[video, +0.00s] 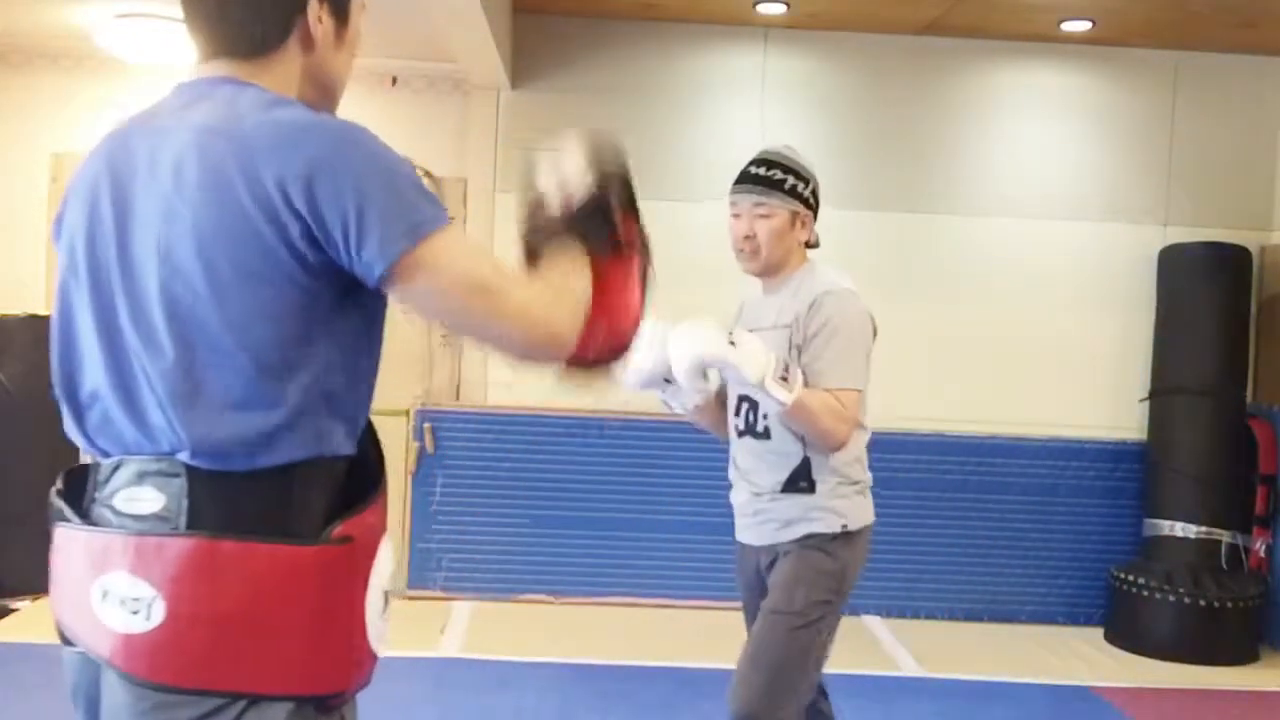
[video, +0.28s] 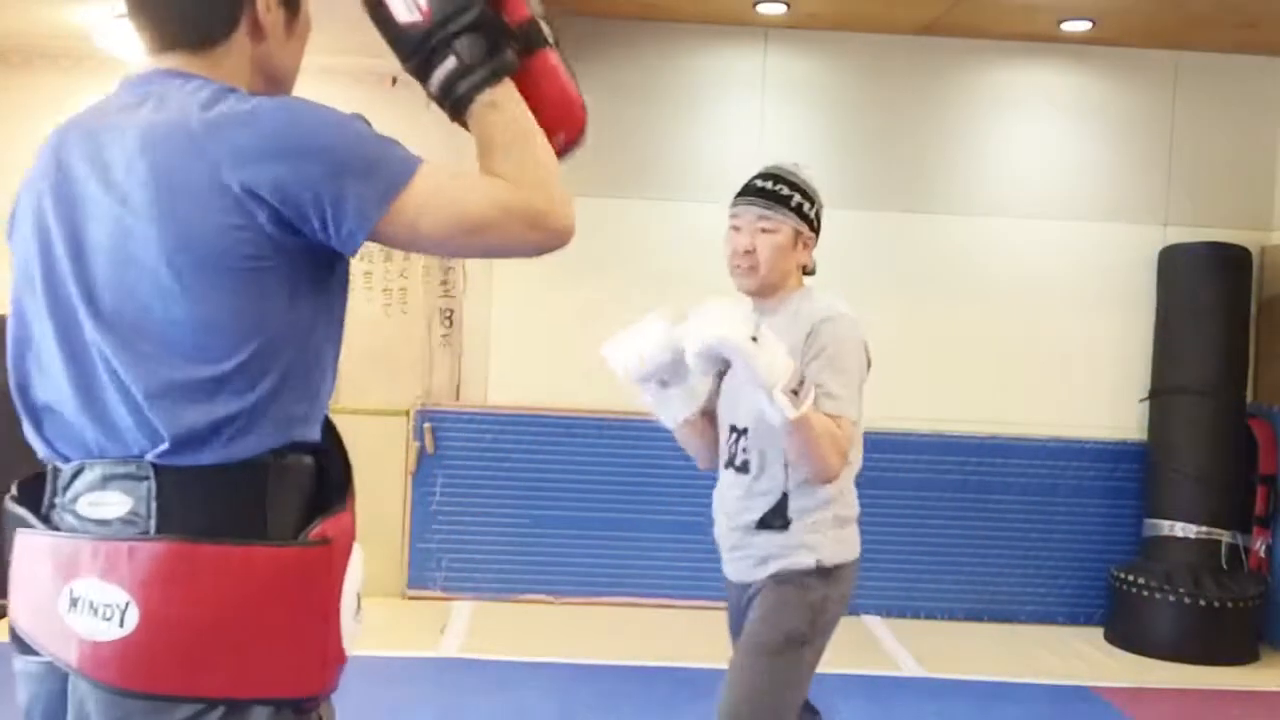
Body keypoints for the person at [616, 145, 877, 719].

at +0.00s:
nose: (745, 230)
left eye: (763, 215)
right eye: (737, 215)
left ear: (804, 226)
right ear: (728, 222)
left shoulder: (835, 305)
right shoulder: (749, 307)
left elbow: (836, 433)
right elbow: (737, 425)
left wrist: (767, 375)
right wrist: (677, 385)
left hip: (822, 531)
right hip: (754, 531)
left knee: (757, 702)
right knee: (795, 696)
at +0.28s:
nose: (744, 245)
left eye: (765, 231)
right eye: (736, 229)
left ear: (804, 246)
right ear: (725, 236)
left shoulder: (832, 330)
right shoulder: (730, 324)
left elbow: (826, 464)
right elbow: (709, 453)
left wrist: (779, 379)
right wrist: (666, 386)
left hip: (807, 561)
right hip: (744, 560)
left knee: (744, 710)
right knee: (779, 704)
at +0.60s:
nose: (724, 199)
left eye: (745, 183)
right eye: (714, 183)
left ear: (795, 196)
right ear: (701, 189)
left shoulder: (829, 289)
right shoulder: (677, 267)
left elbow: (809, 423)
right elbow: (556, 298)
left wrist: (750, 302)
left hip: (789, 560)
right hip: (694, 549)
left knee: (751, 711)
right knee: (710, 706)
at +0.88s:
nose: (661, 229)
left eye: (682, 210)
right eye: (654, 209)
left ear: (734, 218)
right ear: (645, 214)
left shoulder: (777, 321)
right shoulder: (646, 310)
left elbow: (844, 465)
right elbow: (567, 431)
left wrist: (770, 407)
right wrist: (573, 357)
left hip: (762, 588)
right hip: (678, 584)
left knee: (694, 710)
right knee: (691, 708)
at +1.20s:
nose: (755, 169)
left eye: (779, 149)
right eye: (740, 151)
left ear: (833, 164)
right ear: (726, 160)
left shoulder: (842, 284)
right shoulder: (673, 241)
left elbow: (891, 413)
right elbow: (540, 347)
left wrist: (833, 297)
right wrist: (416, 390)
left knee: (628, 708)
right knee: (346, 532)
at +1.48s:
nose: (647, 163)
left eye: (667, 141)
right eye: (647, 143)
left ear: (739, 146)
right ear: (719, 149)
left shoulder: (799, 278)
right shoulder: (652, 246)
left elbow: (761, 440)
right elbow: (606, 388)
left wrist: (688, 313)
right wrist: (483, 409)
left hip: (643, 581)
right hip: (553, 496)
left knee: (599, 713)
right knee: (349, 557)